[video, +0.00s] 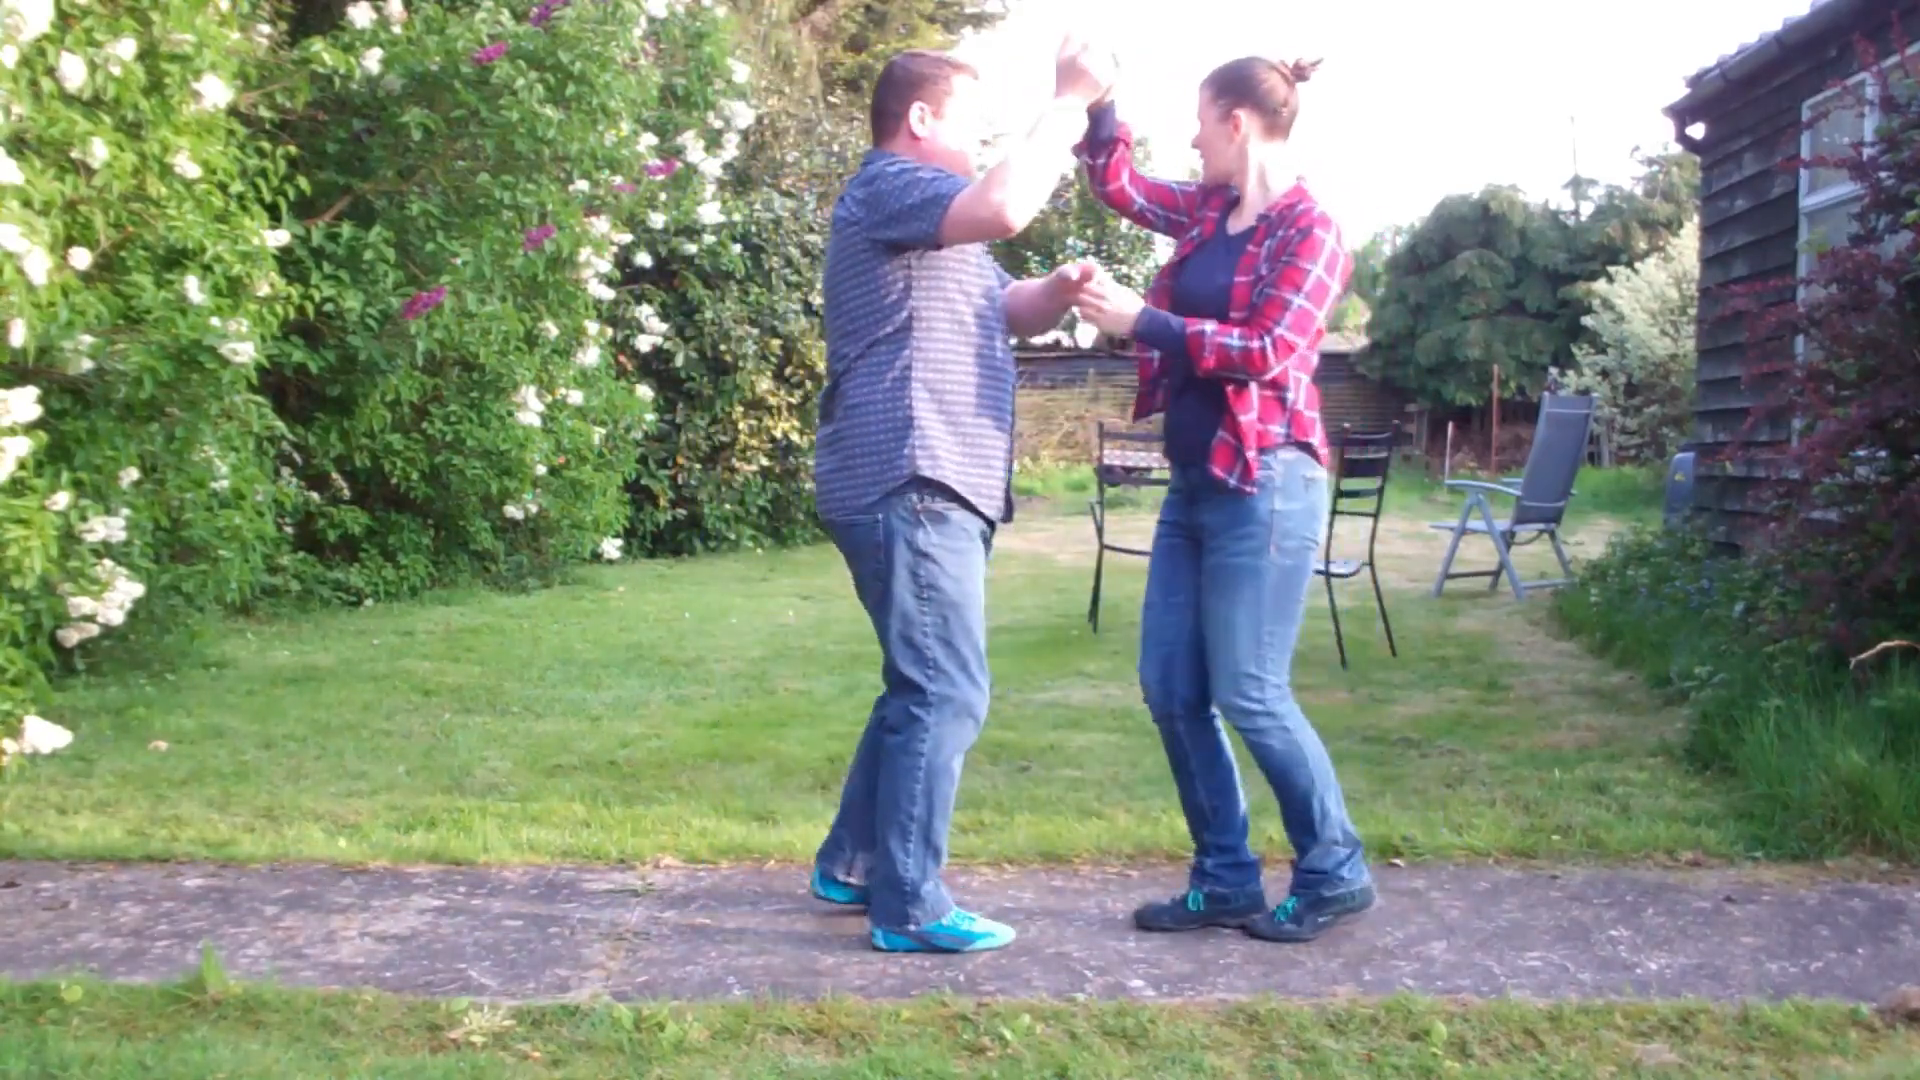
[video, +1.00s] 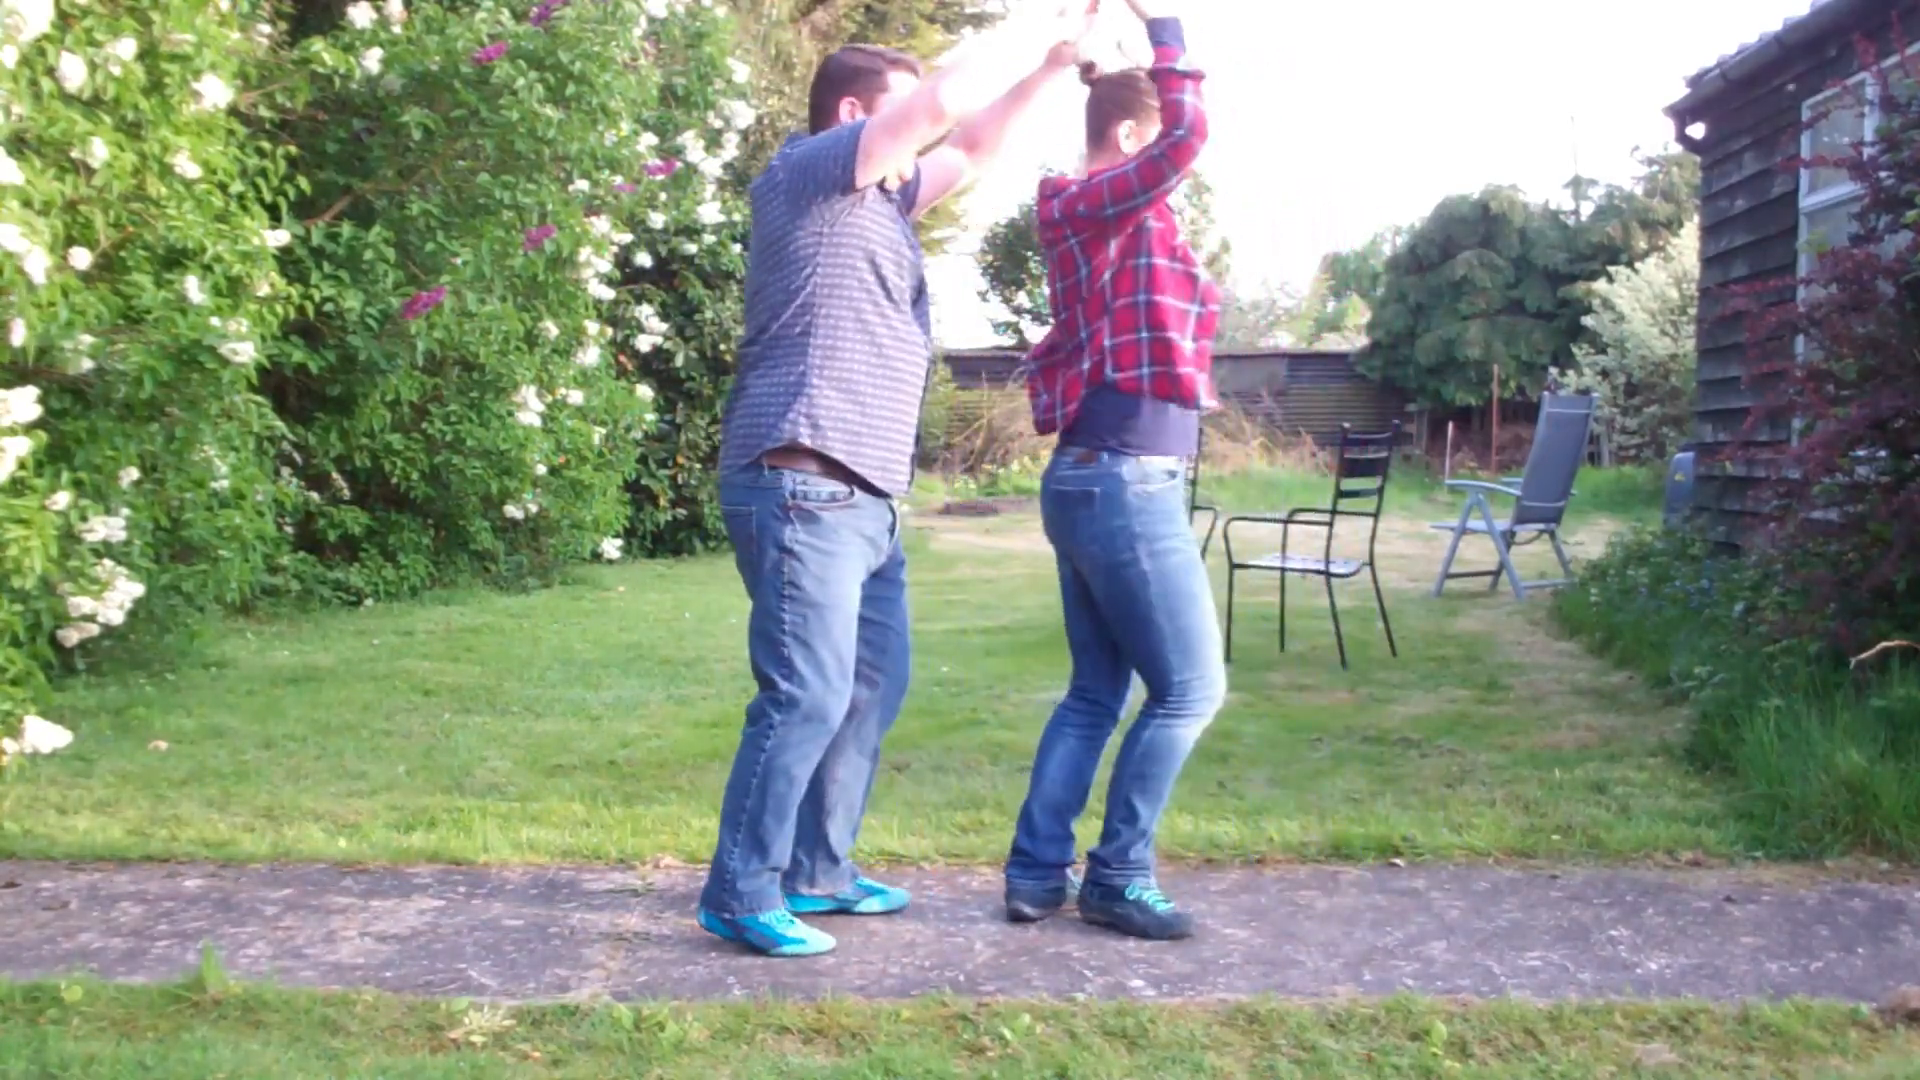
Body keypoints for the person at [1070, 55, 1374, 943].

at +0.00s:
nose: (1192, 140)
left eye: (1200, 124)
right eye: (1195, 125)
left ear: (1237, 124)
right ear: (1243, 126)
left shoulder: (1310, 229)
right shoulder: (1209, 210)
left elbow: (1269, 351)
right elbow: (1122, 186)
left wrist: (1143, 322)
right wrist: (1096, 103)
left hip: (1270, 480)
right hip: (1194, 482)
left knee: (1248, 687)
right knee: (1172, 684)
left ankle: (1335, 870)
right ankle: (1226, 880)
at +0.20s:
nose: (1171, 148)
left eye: (1177, 133)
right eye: (1172, 135)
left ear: (1213, 129)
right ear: (1228, 131)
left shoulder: (1261, 231)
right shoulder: (1204, 217)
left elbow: (1188, 353)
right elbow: (1117, 197)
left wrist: (1096, 291)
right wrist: (1083, 122)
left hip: (1223, 477)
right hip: (1218, 475)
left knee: (1116, 668)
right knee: (1181, 687)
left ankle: (1234, 850)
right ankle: (1225, 879)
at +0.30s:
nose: (1156, 153)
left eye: (1162, 136)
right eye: (1159, 138)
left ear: (1191, 130)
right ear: (1224, 133)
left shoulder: (1217, 230)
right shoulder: (1250, 218)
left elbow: (1131, 346)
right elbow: (1132, 189)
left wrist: (1079, 267)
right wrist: (1088, 114)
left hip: (1191, 487)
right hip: (1244, 489)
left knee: (1089, 666)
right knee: (1176, 690)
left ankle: (1130, 864)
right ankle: (1229, 880)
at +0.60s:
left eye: (1111, 129)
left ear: (1112, 137)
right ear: (1192, 143)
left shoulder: (1081, 230)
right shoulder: (1210, 217)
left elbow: (1017, 298)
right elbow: (1235, 152)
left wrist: (1061, 203)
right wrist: (1172, 94)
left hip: (1111, 494)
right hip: (1214, 489)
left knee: (1074, 689)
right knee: (1165, 688)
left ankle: (1033, 874)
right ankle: (1219, 873)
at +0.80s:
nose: (1171, 146)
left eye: (1166, 129)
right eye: (1166, 130)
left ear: (1085, 125)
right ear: (1148, 131)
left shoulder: (1037, 227)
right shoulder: (1164, 200)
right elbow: (1258, 120)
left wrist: (1091, 102)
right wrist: (1176, 44)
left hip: (1056, 489)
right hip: (1155, 485)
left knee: (1072, 691)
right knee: (1175, 690)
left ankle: (1033, 876)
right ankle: (1155, 871)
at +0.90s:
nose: (1175, 149)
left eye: (1173, 134)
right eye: (1170, 133)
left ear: (1090, 125)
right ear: (1138, 131)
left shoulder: (1049, 216)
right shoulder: (1133, 200)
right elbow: (1233, 122)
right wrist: (1179, 37)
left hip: (1056, 481)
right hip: (1135, 484)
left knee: (1081, 692)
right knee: (1199, 688)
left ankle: (1034, 878)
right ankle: (1123, 874)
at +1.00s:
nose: (1170, 141)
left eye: (1168, 126)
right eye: (1162, 127)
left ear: (1104, 124)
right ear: (1128, 128)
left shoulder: (1098, 207)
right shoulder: (1093, 195)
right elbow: (1186, 134)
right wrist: (1162, 40)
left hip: (1090, 475)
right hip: (1127, 481)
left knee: (1096, 692)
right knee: (1191, 689)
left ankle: (1034, 873)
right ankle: (1117, 876)